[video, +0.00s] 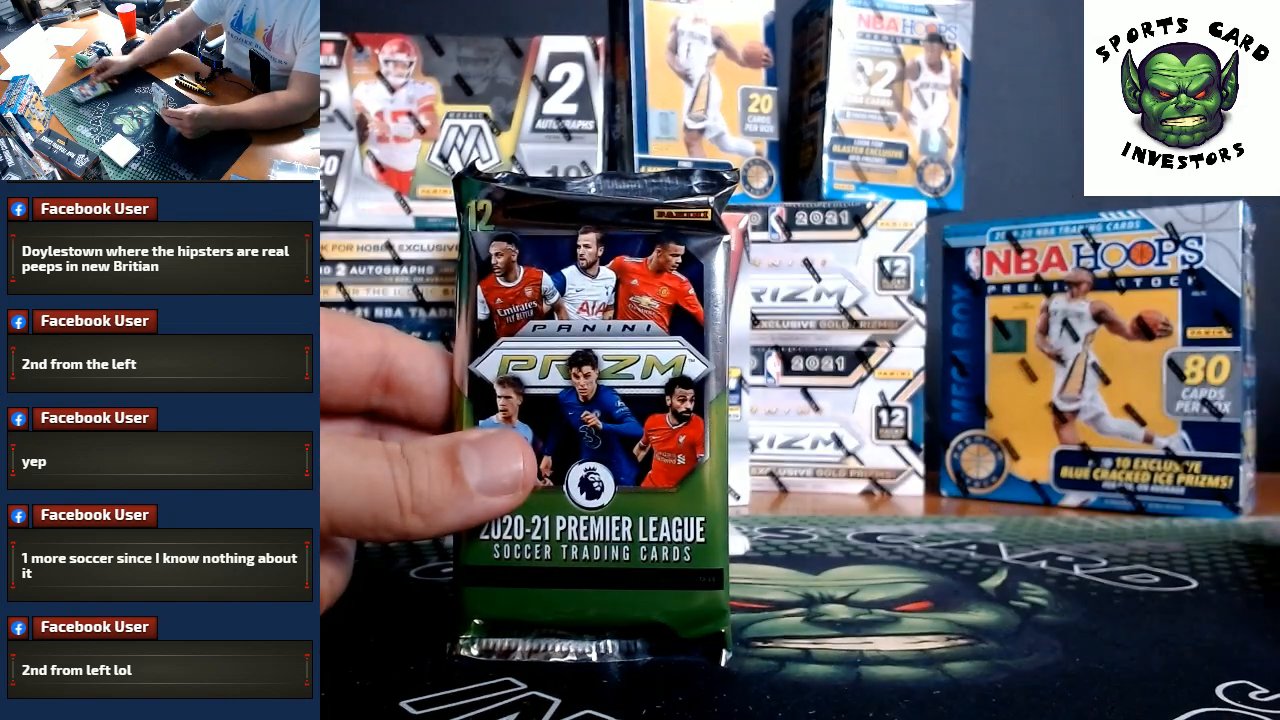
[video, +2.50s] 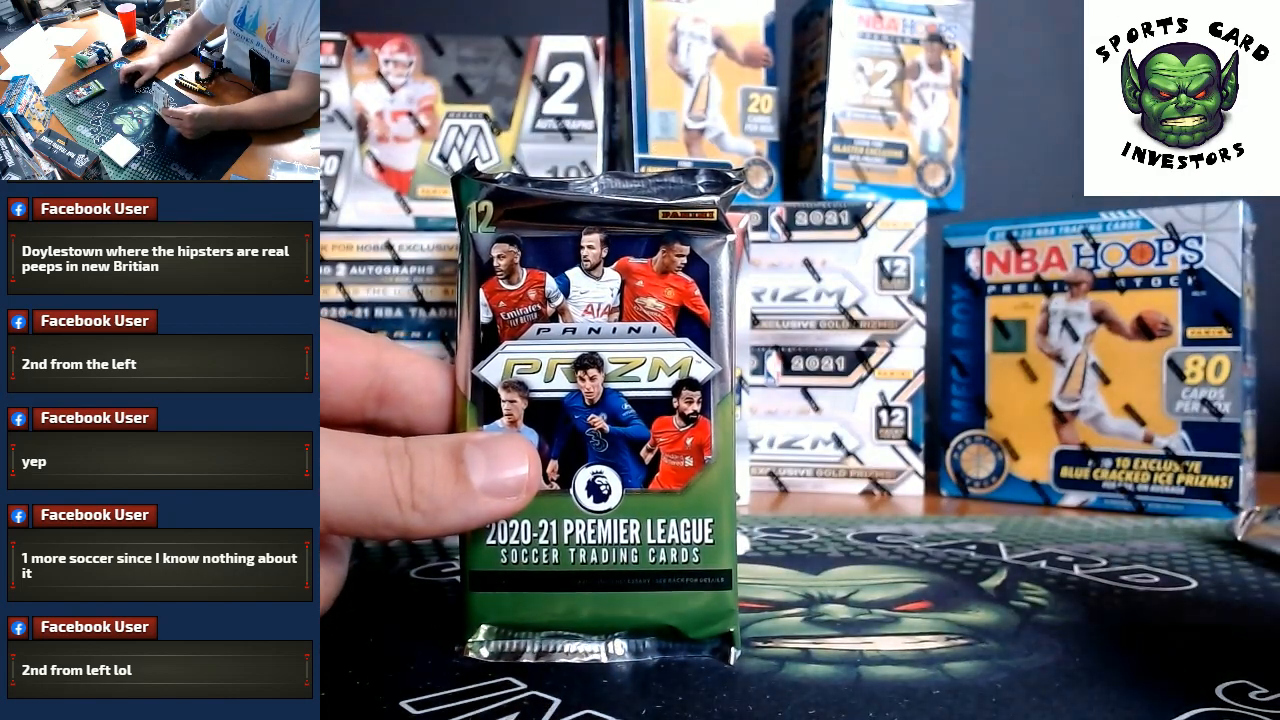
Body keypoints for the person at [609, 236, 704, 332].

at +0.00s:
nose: (679, 261)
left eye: (681, 256)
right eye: (674, 255)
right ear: (658, 252)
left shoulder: (680, 284)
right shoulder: (622, 265)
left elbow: (705, 319)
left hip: (657, 347)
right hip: (622, 344)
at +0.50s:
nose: (678, 261)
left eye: (680, 256)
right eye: (673, 256)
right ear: (657, 252)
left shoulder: (679, 284)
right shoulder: (622, 265)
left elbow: (702, 318)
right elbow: (595, 285)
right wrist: (606, 308)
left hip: (657, 346)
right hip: (622, 343)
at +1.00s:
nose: (690, 263)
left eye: (692, 258)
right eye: (685, 258)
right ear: (669, 254)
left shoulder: (691, 287)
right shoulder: (634, 267)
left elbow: (716, 322)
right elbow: (606, 285)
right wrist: (619, 311)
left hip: (668, 348)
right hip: (633, 345)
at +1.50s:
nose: (688, 263)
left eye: (690, 258)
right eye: (683, 258)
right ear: (667, 254)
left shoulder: (689, 286)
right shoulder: (633, 267)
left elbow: (714, 321)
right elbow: (605, 286)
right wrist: (617, 310)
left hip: (667, 347)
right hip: (632, 344)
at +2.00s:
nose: (685, 262)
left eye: (686, 256)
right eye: (680, 256)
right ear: (664, 252)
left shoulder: (686, 285)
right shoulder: (629, 266)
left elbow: (711, 319)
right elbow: (602, 285)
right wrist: (613, 311)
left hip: (664, 346)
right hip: (629, 344)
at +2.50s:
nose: (684, 262)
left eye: (686, 256)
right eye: (679, 256)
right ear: (663, 252)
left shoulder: (686, 285)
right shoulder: (628, 266)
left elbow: (711, 320)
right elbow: (599, 285)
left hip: (664, 346)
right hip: (628, 343)